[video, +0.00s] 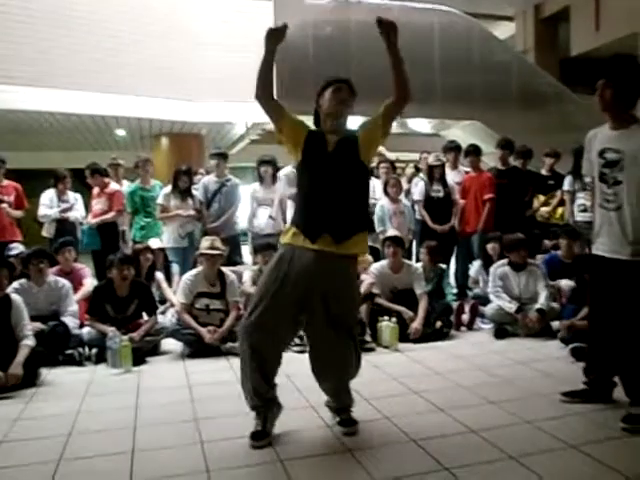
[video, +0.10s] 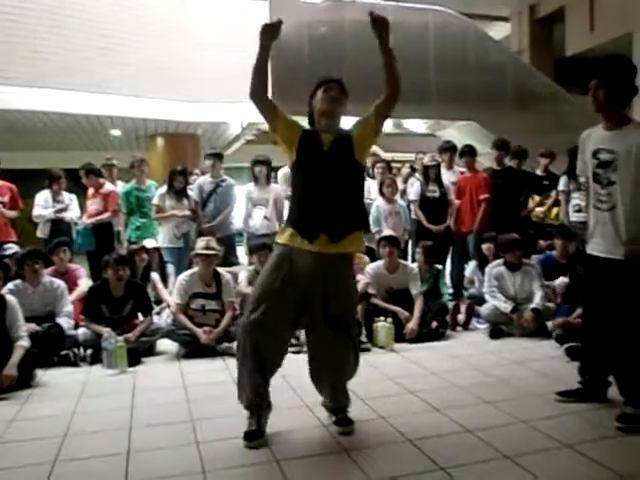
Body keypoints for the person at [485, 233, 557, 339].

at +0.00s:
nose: (523, 254)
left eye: (524, 250)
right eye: (518, 251)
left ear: (527, 251)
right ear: (508, 254)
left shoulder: (535, 268)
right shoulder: (497, 270)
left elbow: (544, 290)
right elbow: (495, 292)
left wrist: (540, 310)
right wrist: (516, 309)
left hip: (531, 305)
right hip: (509, 305)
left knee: (554, 309)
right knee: (491, 311)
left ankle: (513, 330)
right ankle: (536, 329)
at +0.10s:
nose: (517, 254)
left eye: (519, 250)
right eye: (512, 252)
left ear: (522, 251)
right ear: (503, 254)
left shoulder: (531, 268)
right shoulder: (492, 270)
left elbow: (539, 290)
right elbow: (490, 292)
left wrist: (534, 310)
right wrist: (511, 309)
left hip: (526, 304)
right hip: (505, 304)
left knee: (550, 309)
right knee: (487, 311)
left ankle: (508, 330)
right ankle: (531, 329)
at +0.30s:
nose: (511, 230)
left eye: (512, 227)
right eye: (506, 228)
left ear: (515, 227)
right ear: (498, 230)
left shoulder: (523, 244)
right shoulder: (487, 245)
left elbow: (533, 267)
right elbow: (485, 270)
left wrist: (527, 286)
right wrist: (505, 284)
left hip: (520, 280)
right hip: (499, 281)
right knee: (483, 287)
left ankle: (501, 306)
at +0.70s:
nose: (517, 226)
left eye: (518, 222)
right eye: (512, 223)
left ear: (521, 223)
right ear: (502, 226)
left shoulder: (530, 241)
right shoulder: (492, 242)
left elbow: (538, 262)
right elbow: (490, 265)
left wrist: (535, 280)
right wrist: (509, 280)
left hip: (526, 277)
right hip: (504, 277)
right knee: (487, 284)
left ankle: (507, 302)